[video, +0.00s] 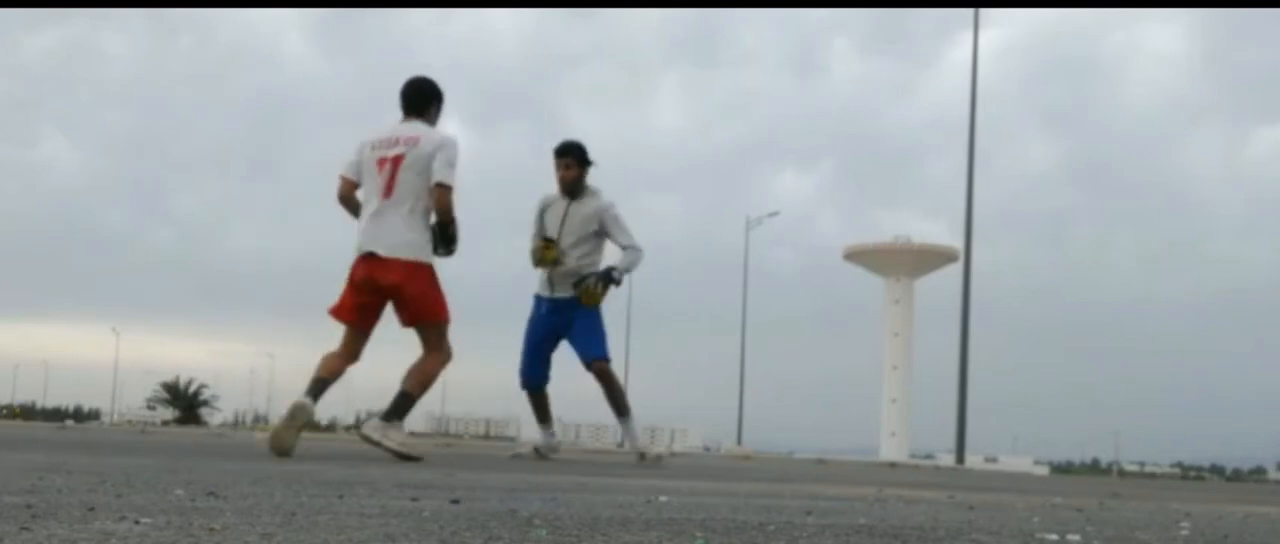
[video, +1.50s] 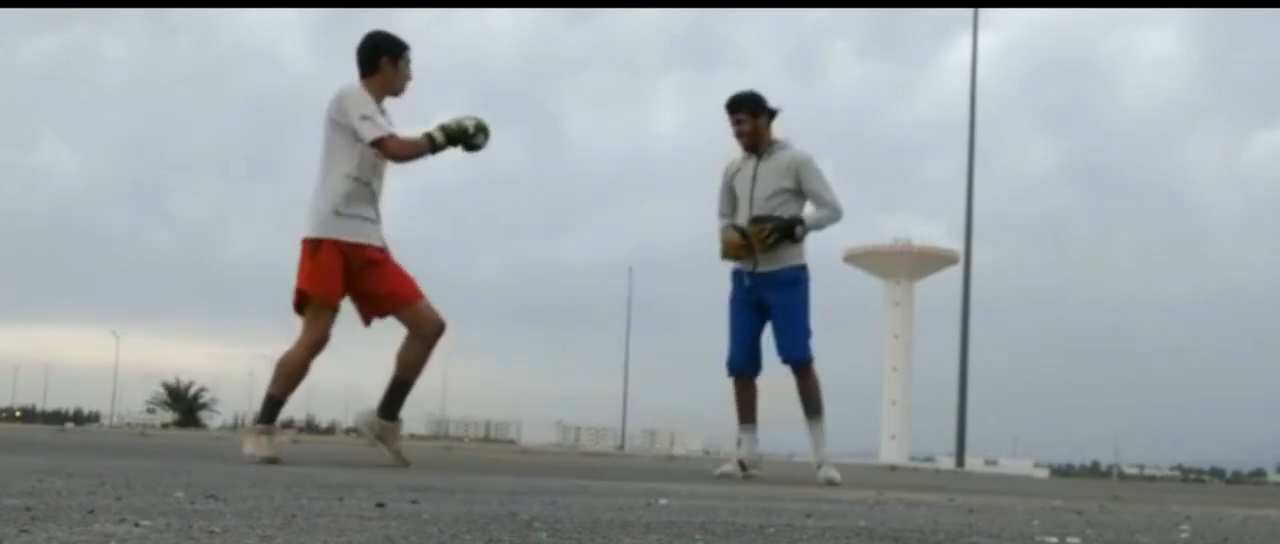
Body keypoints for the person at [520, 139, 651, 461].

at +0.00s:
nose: (563, 173)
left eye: (570, 167)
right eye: (559, 167)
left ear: (584, 170)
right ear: (555, 169)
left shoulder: (600, 208)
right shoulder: (546, 205)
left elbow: (633, 251)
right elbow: (536, 253)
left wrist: (612, 274)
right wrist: (542, 256)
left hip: (582, 304)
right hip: (547, 303)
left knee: (599, 367)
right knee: (531, 378)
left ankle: (630, 436)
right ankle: (548, 439)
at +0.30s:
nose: (640, 201)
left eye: (647, 196)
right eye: (636, 193)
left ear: (652, 201)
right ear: (623, 191)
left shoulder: (643, 241)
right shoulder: (595, 215)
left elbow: (626, 288)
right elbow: (558, 198)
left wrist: (616, 267)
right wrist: (528, 180)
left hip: (609, 307)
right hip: (573, 300)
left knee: (638, 367)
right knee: (573, 358)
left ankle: (659, 449)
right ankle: (521, 423)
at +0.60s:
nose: (662, 208)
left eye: (671, 204)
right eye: (659, 200)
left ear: (677, 210)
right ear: (648, 198)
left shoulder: (652, 236)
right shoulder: (623, 228)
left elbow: (621, 265)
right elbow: (597, 283)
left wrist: (627, 284)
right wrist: (622, 321)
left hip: (596, 297)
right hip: (565, 288)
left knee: (624, 369)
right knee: (548, 367)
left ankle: (623, 447)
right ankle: (498, 433)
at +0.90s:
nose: (695, 171)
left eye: (703, 166)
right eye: (691, 163)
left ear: (716, 171)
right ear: (685, 164)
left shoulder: (715, 213)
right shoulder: (665, 201)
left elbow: (700, 254)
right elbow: (632, 247)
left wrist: (699, 276)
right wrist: (658, 278)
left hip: (674, 300)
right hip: (638, 292)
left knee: (689, 371)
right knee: (606, 360)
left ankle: (656, 451)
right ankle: (540, 428)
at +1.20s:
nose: (702, 150)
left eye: (709, 143)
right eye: (697, 144)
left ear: (727, 142)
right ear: (694, 146)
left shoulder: (753, 184)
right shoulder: (693, 185)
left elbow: (787, 233)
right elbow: (674, 227)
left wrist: (752, 245)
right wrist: (680, 246)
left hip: (737, 288)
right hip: (699, 286)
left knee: (727, 374)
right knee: (712, 371)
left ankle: (697, 432)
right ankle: (742, 449)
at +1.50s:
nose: (738, 130)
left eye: (745, 122)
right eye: (734, 124)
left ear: (766, 120)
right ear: (733, 127)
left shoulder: (795, 161)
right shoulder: (734, 170)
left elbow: (832, 209)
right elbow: (725, 218)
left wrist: (796, 227)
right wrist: (731, 237)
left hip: (786, 276)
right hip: (745, 277)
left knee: (798, 359)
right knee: (740, 365)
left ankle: (820, 459)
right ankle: (747, 456)